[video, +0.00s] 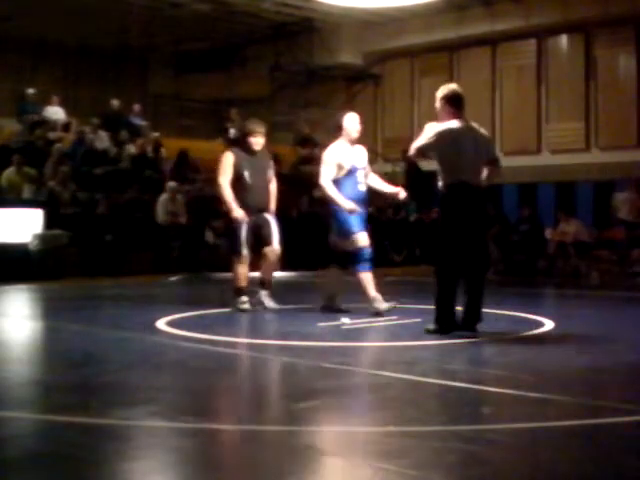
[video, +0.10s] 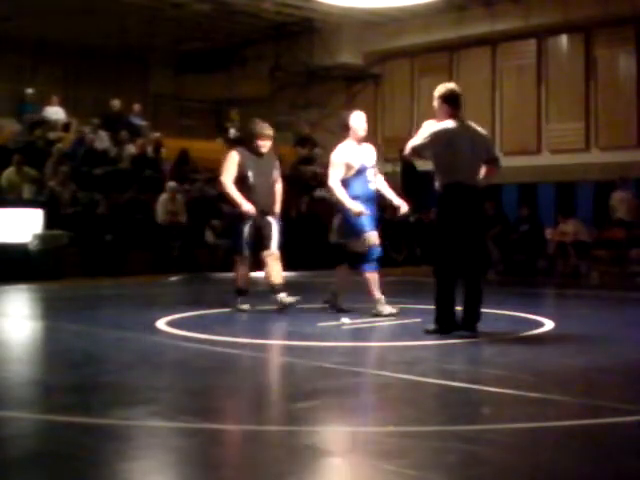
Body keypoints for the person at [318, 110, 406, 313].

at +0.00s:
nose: (357, 129)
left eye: (358, 124)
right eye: (353, 125)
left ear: (360, 127)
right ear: (343, 127)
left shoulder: (361, 150)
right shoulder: (333, 151)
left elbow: (367, 176)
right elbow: (324, 180)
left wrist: (391, 190)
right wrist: (344, 203)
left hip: (360, 206)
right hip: (344, 206)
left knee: (342, 253)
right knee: (363, 247)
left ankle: (330, 297)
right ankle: (375, 298)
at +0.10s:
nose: (364, 128)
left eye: (365, 123)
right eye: (359, 124)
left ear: (366, 125)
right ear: (350, 126)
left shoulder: (369, 149)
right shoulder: (341, 152)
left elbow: (375, 178)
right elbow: (333, 181)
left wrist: (396, 200)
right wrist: (350, 204)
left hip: (370, 205)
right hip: (355, 206)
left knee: (354, 253)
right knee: (372, 248)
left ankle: (334, 294)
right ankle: (378, 300)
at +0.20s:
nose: (370, 127)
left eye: (371, 123)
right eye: (366, 124)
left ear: (373, 124)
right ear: (356, 126)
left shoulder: (377, 147)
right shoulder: (349, 150)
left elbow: (382, 177)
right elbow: (341, 180)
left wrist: (392, 203)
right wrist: (359, 203)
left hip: (379, 200)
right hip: (362, 202)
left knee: (383, 246)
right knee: (378, 244)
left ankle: (350, 286)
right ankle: (379, 301)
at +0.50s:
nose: (392, 124)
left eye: (393, 119)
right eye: (388, 120)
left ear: (394, 121)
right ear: (378, 122)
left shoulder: (397, 145)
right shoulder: (370, 145)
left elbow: (402, 173)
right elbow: (361, 174)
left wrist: (405, 195)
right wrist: (383, 195)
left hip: (401, 200)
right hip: (381, 202)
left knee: (414, 247)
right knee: (382, 252)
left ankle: (420, 298)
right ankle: (379, 301)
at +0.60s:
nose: (400, 123)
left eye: (401, 118)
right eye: (395, 119)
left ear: (403, 121)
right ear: (385, 122)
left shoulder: (406, 146)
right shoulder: (377, 146)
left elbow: (410, 177)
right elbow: (367, 175)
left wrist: (416, 203)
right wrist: (389, 194)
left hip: (408, 200)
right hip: (387, 200)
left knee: (417, 247)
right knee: (386, 252)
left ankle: (435, 293)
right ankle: (379, 299)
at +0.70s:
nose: (406, 126)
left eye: (408, 121)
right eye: (402, 122)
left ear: (410, 121)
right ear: (392, 124)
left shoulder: (413, 144)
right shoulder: (384, 146)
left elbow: (421, 172)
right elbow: (374, 177)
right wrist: (395, 195)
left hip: (413, 200)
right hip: (392, 200)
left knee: (418, 248)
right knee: (390, 253)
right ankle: (381, 301)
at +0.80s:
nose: (411, 125)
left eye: (412, 120)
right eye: (407, 121)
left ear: (416, 121)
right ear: (398, 123)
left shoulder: (423, 145)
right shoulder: (391, 147)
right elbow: (381, 178)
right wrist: (396, 199)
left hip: (422, 201)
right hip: (401, 200)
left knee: (427, 250)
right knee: (397, 252)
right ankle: (381, 298)